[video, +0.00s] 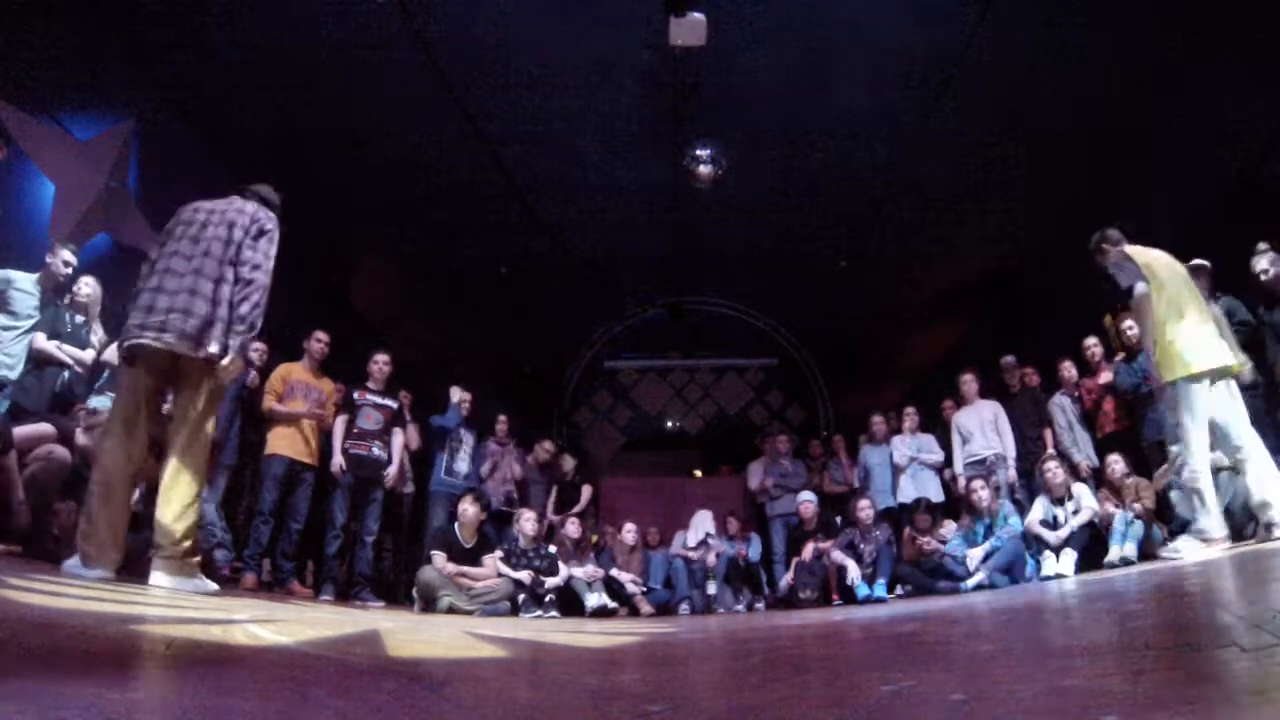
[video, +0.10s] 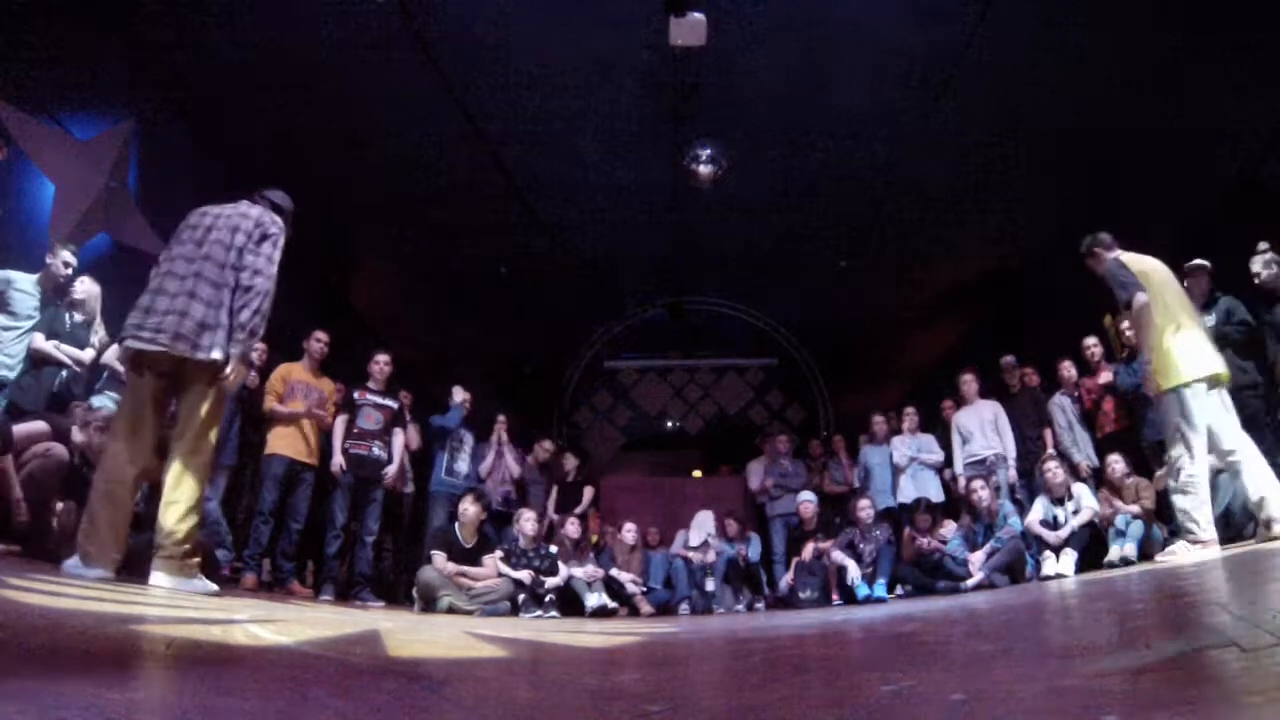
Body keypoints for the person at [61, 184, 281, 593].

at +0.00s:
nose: (269, 222)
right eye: (270, 215)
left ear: (240, 193)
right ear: (268, 206)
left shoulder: (189, 209)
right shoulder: (263, 219)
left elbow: (150, 266)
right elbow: (254, 279)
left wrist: (134, 326)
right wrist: (238, 345)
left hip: (151, 321)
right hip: (207, 334)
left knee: (121, 437)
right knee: (189, 447)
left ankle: (96, 557)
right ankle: (173, 565)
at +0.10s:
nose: (280, 231)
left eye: (280, 226)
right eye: (281, 225)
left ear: (253, 199)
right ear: (277, 214)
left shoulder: (199, 213)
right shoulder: (270, 224)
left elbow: (161, 270)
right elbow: (258, 284)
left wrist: (134, 331)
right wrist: (240, 350)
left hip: (151, 329)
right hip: (208, 340)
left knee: (127, 442)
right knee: (191, 455)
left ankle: (94, 558)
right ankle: (173, 567)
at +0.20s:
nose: (289, 237)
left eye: (290, 233)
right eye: (291, 232)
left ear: (261, 204)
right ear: (286, 220)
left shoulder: (209, 216)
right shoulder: (280, 230)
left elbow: (168, 273)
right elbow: (263, 290)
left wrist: (141, 336)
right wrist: (245, 355)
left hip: (159, 331)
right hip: (213, 346)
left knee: (135, 444)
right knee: (196, 457)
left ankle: (96, 557)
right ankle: (173, 567)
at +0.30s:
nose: (297, 243)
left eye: (299, 238)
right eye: (300, 238)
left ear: (269, 210)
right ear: (297, 229)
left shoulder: (219, 222)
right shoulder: (289, 240)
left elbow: (174, 278)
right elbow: (274, 306)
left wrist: (163, 340)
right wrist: (252, 370)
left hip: (172, 344)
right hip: (225, 358)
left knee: (147, 449)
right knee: (201, 462)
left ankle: (98, 550)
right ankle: (173, 566)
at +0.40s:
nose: (305, 248)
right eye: (307, 243)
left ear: (281, 217)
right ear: (304, 235)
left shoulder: (227, 227)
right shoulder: (297, 247)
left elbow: (183, 281)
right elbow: (285, 316)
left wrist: (176, 340)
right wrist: (266, 384)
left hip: (185, 346)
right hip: (240, 362)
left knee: (159, 448)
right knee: (207, 464)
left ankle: (114, 530)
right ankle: (174, 564)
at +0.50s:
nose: (311, 251)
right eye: (313, 246)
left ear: (288, 220)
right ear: (310, 236)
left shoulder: (233, 231)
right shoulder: (304, 249)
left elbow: (193, 290)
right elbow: (298, 319)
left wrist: (182, 353)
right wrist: (283, 386)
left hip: (197, 349)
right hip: (249, 363)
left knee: (171, 447)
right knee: (211, 465)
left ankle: (125, 532)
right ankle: (174, 564)